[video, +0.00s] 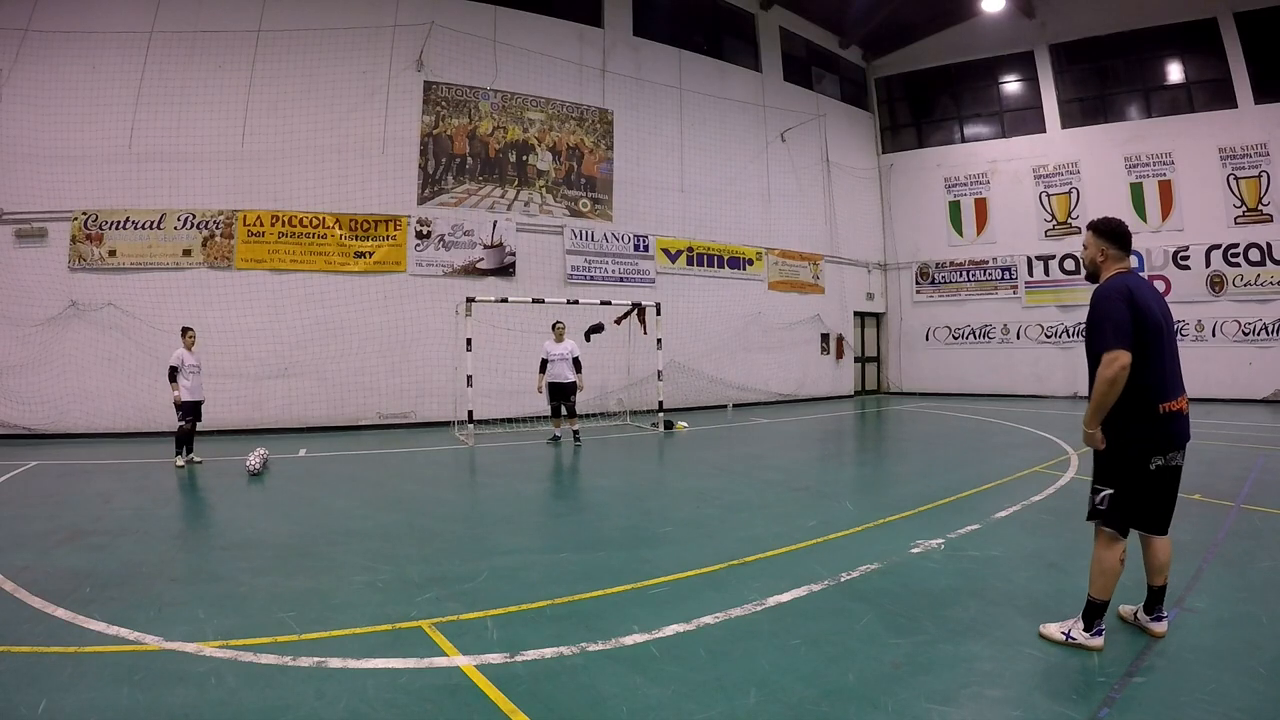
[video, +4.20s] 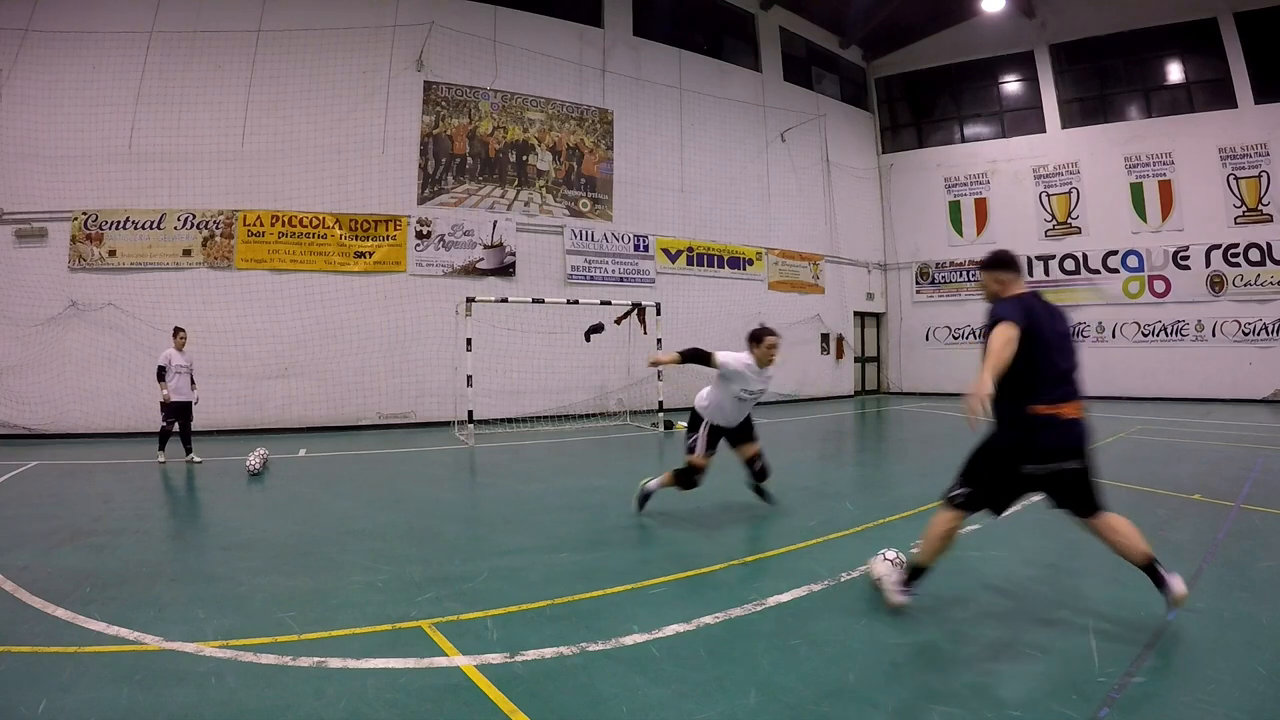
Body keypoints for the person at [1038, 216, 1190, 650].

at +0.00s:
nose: (1083, 254)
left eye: (1086, 247)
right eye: (1084, 246)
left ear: (1102, 251)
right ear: (1123, 251)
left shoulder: (1111, 293)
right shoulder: (1145, 288)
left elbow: (1116, 363)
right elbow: (1158, 358)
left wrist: (1091, 422)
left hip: (1130, 432)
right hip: (1168, 429)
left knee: (1109, 530)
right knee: (1155, 525)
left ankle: (1090, 625)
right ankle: (1155, 613)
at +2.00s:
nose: (1113, 247)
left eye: (1119, 239)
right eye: (1117, 239)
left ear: (1138, 246)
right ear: (1151, 249)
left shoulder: (1144, 295)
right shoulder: (1169, 292)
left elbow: (1145, 368)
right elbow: (1171, 368)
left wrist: (1120, 433)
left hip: (1145, 441)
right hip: (1177, 438)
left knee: (1115, 535)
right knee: (1171, 529)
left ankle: (1087, 624)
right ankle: (1174, 622)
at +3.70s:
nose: (1066, 310)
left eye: (1067, 301)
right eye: (1064, 303)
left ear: (1085, 294)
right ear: (1100, 292)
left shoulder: (1101, 325)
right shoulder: (1132, 323)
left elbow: (1095, 385)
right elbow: (1146, 391)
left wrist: (1069, 448)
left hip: (1137, 448)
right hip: (1180, 443)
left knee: (1082, 528)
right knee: (1155, 533)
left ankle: (1086, 624)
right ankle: (1185, 620)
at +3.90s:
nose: (1052, 337)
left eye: (1053, 328)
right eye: (1050, 330)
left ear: (1070, 322)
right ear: (1087, 319)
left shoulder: (1083, 350)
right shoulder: (1116, 344)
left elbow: (1059, 400)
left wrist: (1017, 453)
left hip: (1134, 459)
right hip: (1176, 453)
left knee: (1070, 529)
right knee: (1142, 538)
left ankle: (1085, 622)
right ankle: (1185, 620)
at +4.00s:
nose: (1042, 330)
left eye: (1043, 322)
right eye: (1040, 324)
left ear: (1057, 316)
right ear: (1076, 312)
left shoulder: (1070, 344)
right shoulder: (1105, 341)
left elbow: (1022, 378)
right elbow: (1122, 401)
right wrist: (1091, 450)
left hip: (1111, 456)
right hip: (1155, 452)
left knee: (1040, 514)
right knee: (1133, 537)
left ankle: (1066, 599)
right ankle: (1184, 620)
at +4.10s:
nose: (1017, 309)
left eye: (1018, 300)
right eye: (1016, 301)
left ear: (1031, 294)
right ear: (1051, 291)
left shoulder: (1043, 321)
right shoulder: (1082, 322)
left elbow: (1007, 337)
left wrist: (955, 354)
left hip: (1070, 447)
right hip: (1115, 448)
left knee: (995, 491)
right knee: (1132, 532)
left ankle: (998, 583)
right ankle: (1181, 615)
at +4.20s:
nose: (984, 290)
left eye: (985, 284)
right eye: (983, 284)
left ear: (998, 280)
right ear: (1018, 276)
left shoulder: (1008, 306)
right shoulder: (1051, 310)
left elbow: (1005, 338)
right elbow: (1058, 366)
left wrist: (985, 379)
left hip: (1019, 440)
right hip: (1067, 439)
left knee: (955, 507)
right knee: (1094, 513)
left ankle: (905, 581)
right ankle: (1165, 581)